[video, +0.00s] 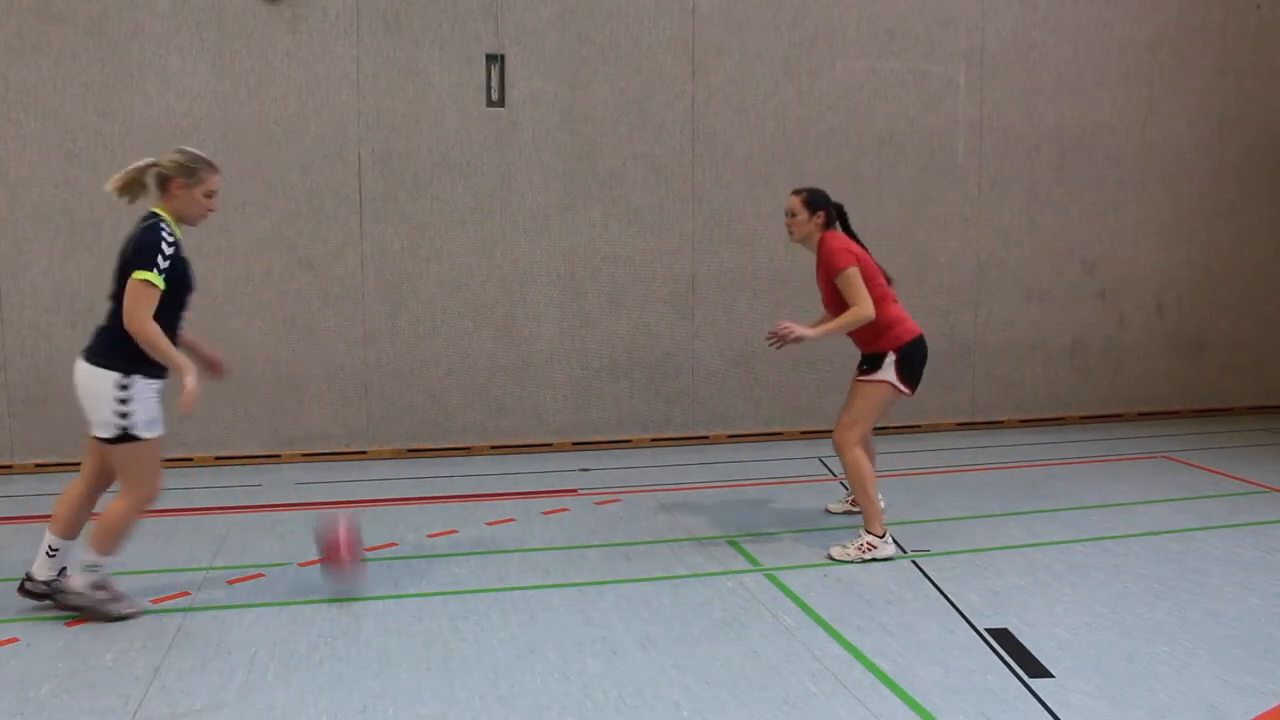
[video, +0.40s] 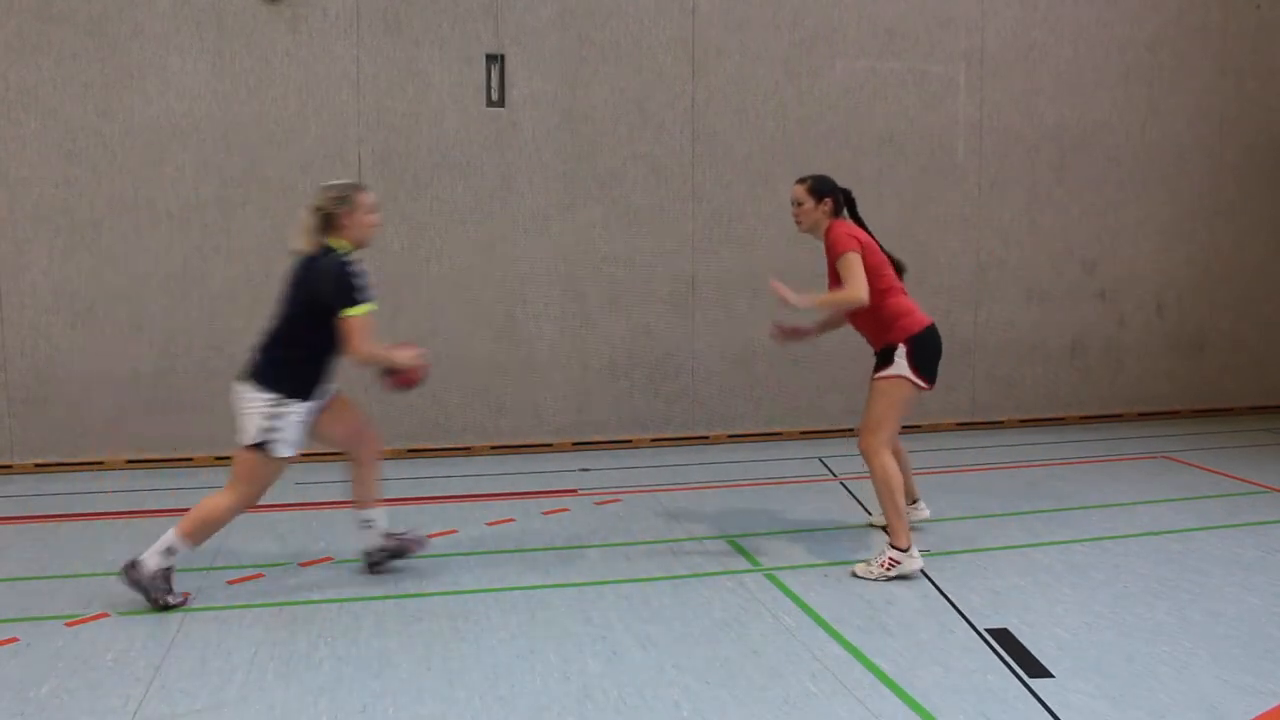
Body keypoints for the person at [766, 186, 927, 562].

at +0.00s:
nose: (787, 223)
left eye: (793, 215)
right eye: (786, 216)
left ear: (819, 217)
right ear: (816, 219)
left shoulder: (835, 248)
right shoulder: (826, 249)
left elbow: (865, 309)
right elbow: (841, 311)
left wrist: (813, 332)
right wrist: (803, 330)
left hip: (895, 349)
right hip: (881, 349)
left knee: (846, 437)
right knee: (855, 428)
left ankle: (877, 537)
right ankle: (865, 495)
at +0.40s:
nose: (794, 213)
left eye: (799, 205)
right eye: (792, 206)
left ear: (826, 204)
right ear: (824, 206)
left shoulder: (841, 233)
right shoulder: (835, 240)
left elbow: (858, 294)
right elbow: (851, 308)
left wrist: (803, 301)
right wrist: (809, 330)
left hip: (908, 342)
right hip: (898, 343)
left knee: (873, 443)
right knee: (880, 432)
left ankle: (901, 550)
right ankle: (910, 503)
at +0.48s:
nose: (795, 212)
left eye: (801, 204)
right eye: (794, 205)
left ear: (828, 203)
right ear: (825, 205)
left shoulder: (842, 230)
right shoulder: (841, 238)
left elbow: (841, 275)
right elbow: (839, 302)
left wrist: (785, 262)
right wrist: (787, 308)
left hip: (911, 338)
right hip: (903, 338)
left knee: (871, 439)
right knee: (884, 429)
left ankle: (895, 549)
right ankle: (922, 503)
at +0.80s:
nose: (795, 215)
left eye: (800, 206)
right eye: (794, 208)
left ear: (827, 204)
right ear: (819, 208)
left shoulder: (844, 228)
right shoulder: (823, 253)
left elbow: (791, 247)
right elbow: (785, 300)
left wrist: (737, 227)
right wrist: (728, 299)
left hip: (908, 341)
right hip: (892, 345)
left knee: (865, 442)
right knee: (875, 433)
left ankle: (874, 551)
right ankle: (918, 502)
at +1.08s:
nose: (783, 256)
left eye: (791, 250)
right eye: (782, 250)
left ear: (816, 257)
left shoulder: (824, 277)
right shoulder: (810, 304)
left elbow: (773, 291)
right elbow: (793, 361)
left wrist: (723, 268)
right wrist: (750, 342)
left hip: (892, 395)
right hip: (878, 399)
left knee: (837, 474)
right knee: (860, 475)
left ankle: (880, 578)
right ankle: (927, 519)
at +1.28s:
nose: (794, 256)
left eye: (804, 250)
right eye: (793, 250)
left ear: (826, 259)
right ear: (793, 258)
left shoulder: (830, 281)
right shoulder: (801, 303)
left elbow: (812, 300)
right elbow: (802, 365)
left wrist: (775, 272)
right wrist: (763, 322)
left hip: (880, 405)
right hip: (865, 407)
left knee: (820, 479)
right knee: (866, 492)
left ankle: (876, 576)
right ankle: (933, 517)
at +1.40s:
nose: (798, 257)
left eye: (808, 251)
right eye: (794, 251)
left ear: (826, 260)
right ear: (788, 257)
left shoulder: (833, 283)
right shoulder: (786, 300)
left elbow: (827, 299)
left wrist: (777, 273)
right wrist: (729, 287)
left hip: (884, 405)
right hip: (857, 411)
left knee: (826, 474)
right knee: (872, 491)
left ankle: (875, 574)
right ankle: (938, 516)